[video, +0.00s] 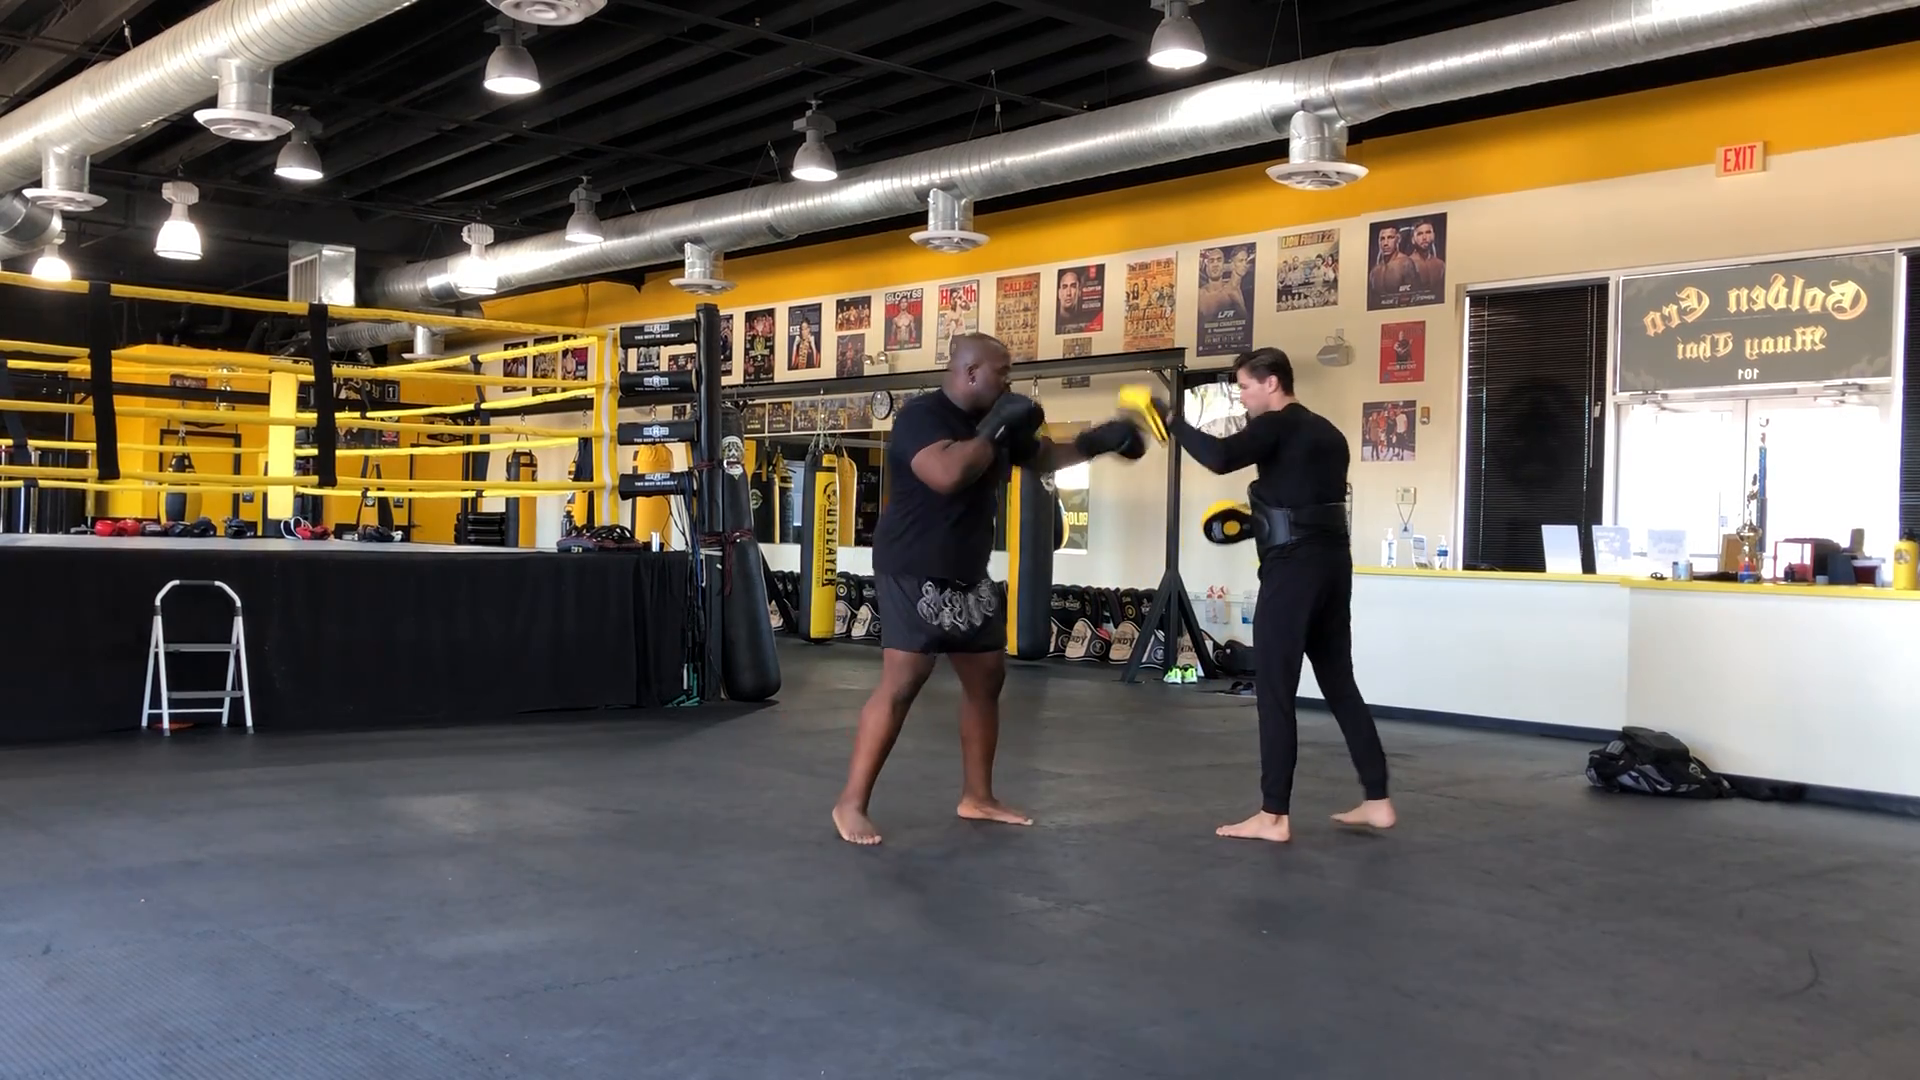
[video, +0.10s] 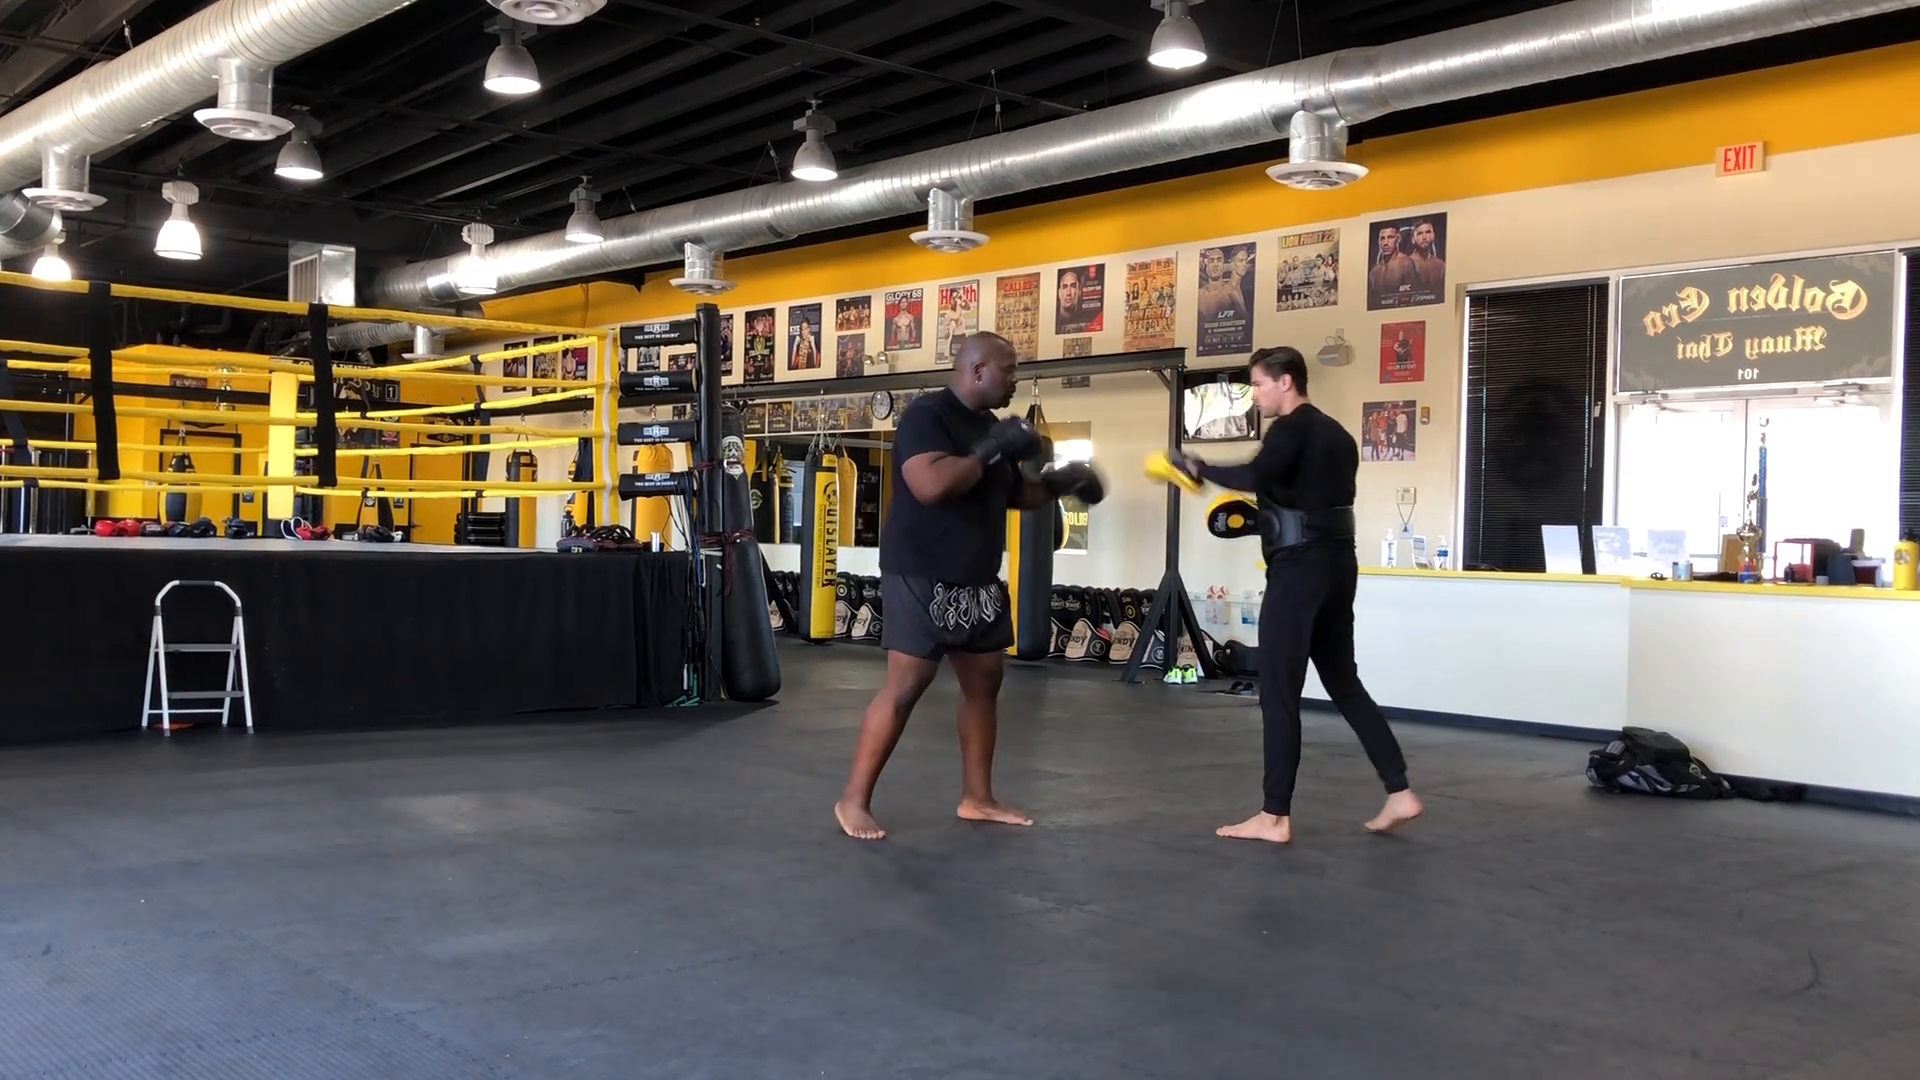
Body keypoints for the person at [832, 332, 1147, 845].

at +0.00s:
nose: (1006, 384)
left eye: (1007, 375)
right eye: (1001, 374)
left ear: (975, 372)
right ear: (968, 372)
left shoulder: (993, 419)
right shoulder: (919, 415)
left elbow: (1042, 456)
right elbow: (945, 473)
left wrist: (1095, 442)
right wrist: (995, 431)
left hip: (968, 574)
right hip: (911, 571)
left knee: (985, 677)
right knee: (902, 678)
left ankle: (978, 796)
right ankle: (850, 805)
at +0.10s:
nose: (1014, 382)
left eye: (1015, 374)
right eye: (1009, 372)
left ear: (986, 371)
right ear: (977, 368)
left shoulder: (997, 430)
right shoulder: (924, 415)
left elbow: (1017, 495)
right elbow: (929, 483)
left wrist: (1057, 485)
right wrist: (991, 450)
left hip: (977, 576)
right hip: (917, 575)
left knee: (984, 677)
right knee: (906, 681)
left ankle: (977, 798)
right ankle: (853, 801)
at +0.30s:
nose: (1003, 381)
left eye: (1003, 371)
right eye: (997, 370)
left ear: (969, 369)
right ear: (967, 368)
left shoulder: (973, 428)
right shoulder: (920, 414)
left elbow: (977, 492)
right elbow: (940, 487)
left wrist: (1012, 489)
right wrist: (996, 460)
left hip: (968, 575)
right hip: (916, 575)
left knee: (980, 676)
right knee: (902, 682)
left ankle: (976, 797)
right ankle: (850, 804)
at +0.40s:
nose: (990, 387)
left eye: (991, 378)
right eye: (985, 376)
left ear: (955, 371)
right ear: (956, 372)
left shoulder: (952, 428)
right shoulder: (916, 420)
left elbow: (963, 495)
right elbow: (957, 498)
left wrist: (996, 510)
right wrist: (992, 459)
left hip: (956, 578)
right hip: (909, 578)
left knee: (991, 671)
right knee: (896, 684)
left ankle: (979, 791)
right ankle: (848, 808)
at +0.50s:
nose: (989, 381)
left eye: (989, 372)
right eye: (984, 371)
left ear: (953, 367)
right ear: (954, 367)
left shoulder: (950, 422)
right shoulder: (918, 415)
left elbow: (982, 489)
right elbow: (958, 495)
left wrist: (991, 455)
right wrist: (992, 455)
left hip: (954, 573)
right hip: (907, 574)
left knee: (988, 664)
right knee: (891, 683)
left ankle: (986, 788)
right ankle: (847, 807)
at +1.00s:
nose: (1025, 380)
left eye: (1025, 371)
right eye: (1020, 370)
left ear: (993, 368)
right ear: (990, 366)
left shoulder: (999, 428)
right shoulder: (948, 409)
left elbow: (1021, 495)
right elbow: (976, 475)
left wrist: (1053, 466)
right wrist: (1026, 443)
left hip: (987, 570)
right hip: (939, 565)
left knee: (987, 676)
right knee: (950, 669)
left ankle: (997, 798)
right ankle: (881, 785)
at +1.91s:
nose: (1093, 386)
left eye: (1092, 378)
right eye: (1087, 377)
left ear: (1048, 378)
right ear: (1059, 378)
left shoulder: (1017, 415)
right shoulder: (1055, 413)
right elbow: (1131, 440)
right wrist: (1194, 430)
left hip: (1022, 558)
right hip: (1012, 558)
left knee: (1040, 666)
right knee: (989, 668)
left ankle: (1041, 792)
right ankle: (922, 786)